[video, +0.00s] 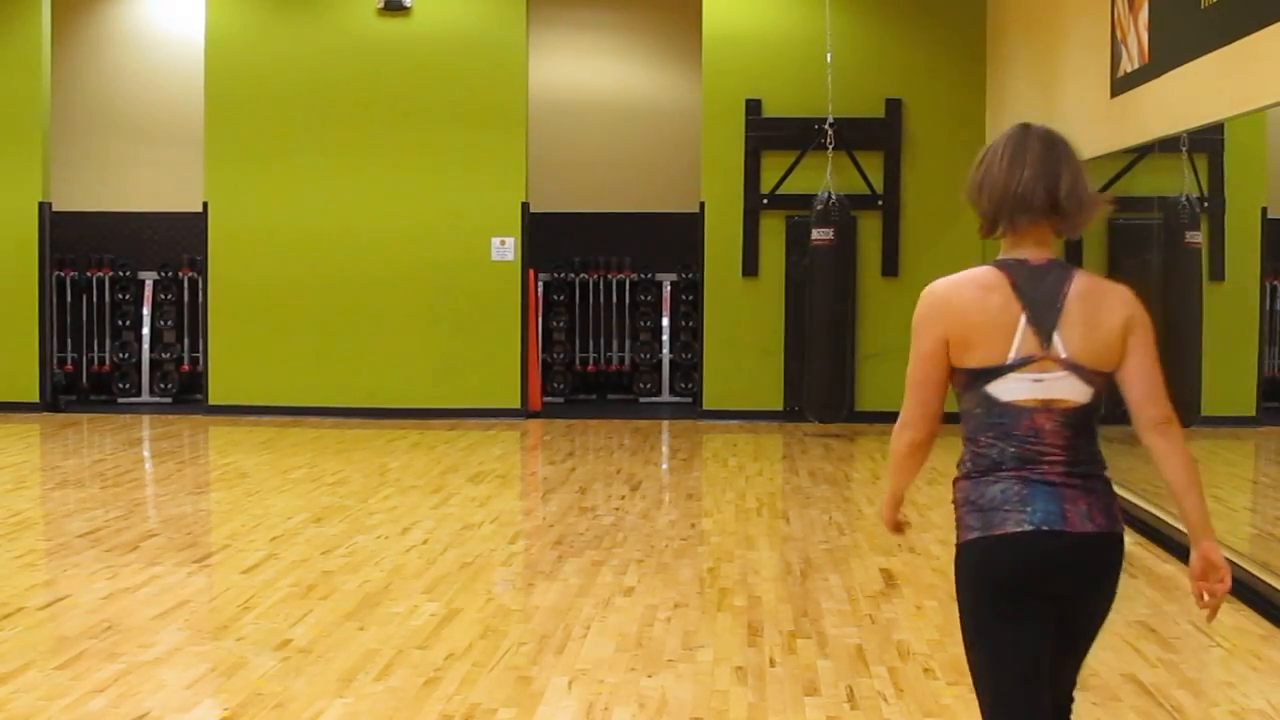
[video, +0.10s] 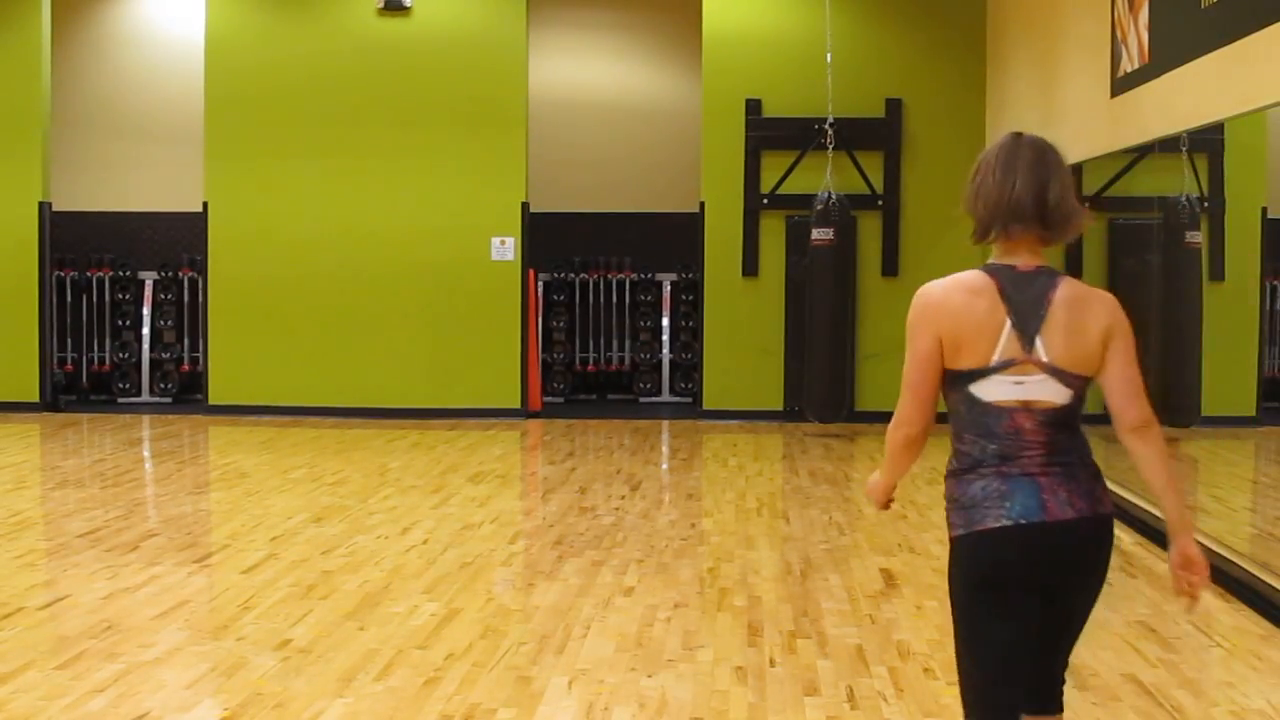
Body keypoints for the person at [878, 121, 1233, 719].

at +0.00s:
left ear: (986, 197)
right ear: (1074, 199)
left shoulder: (947, 299)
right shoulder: (1117, 304)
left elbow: (917, 428)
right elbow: (1159, 427)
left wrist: (893, 496)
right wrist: (1202, 537)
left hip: (996, 540)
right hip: (1091, 541)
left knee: (1012, 708)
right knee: (1053, 703)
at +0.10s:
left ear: (982, 202)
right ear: (1064, 205)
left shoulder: (940, 301)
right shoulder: (1099, 309)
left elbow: (911, 423)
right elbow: (1137, 425)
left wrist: (886, 481)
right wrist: (1181, 532)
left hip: (990, 532)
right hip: (1080, 528)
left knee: (990, 704)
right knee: (1045, 690)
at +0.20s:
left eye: (979, 185)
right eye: (1042, 187)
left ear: (974, 195)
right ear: (1048, 199)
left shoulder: (931, 289)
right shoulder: (1082, 298)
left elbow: (909, 408)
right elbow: (1112, 415)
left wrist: (891, 481)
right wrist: (1137, 511)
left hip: (982, 518)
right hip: (1071, 511)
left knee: (971, 672)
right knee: (1039, 672)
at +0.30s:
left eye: (965, 181)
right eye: (1024, 182)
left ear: (961, 191)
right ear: (1035, 191)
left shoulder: (926, 280)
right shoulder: (1073, 285)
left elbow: (907, 398)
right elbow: (1089, 403)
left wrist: (900, 485)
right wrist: (1085, 481)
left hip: (964, 494)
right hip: (1054, 492)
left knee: (960, 636)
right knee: (1028, 659)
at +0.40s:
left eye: (956, 191)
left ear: (952, 199)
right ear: (1023, 198)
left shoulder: (923, 287)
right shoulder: (1064, 284)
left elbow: (911, 397)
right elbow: (1071, 393)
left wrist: (904, 494)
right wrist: (1050, 437)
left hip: (949, 493)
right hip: (1033, 494)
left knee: (942, 634)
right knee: (1009, 654)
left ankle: (940, 719)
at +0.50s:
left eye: (947, 206)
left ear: (942, 213)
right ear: (1010, 211)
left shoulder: (916, 301)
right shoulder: (1050, 292)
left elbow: (909, 406)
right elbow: (1057, 392)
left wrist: (903, 499)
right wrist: (1011, 418)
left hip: (937, 498)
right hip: (1013, 498)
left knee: (931, 635)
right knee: (999, 648)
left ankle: (931, 718)